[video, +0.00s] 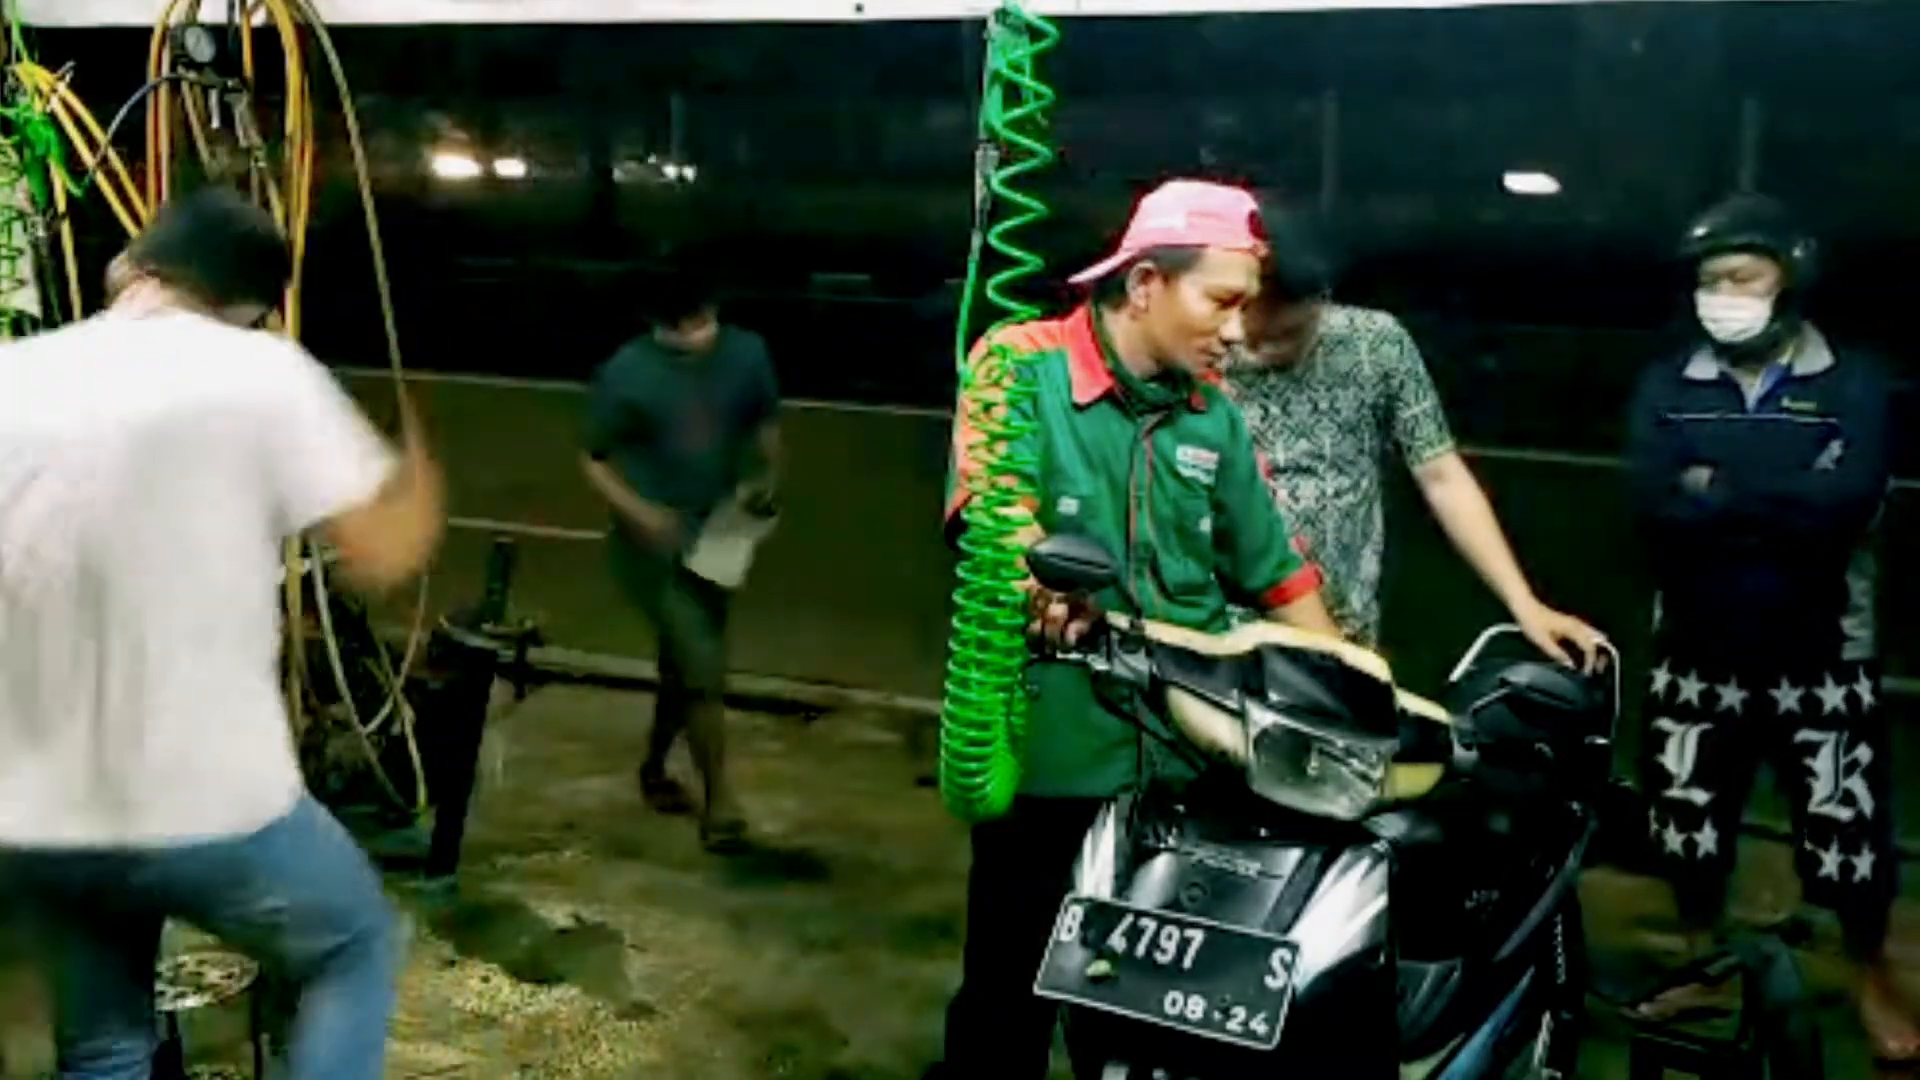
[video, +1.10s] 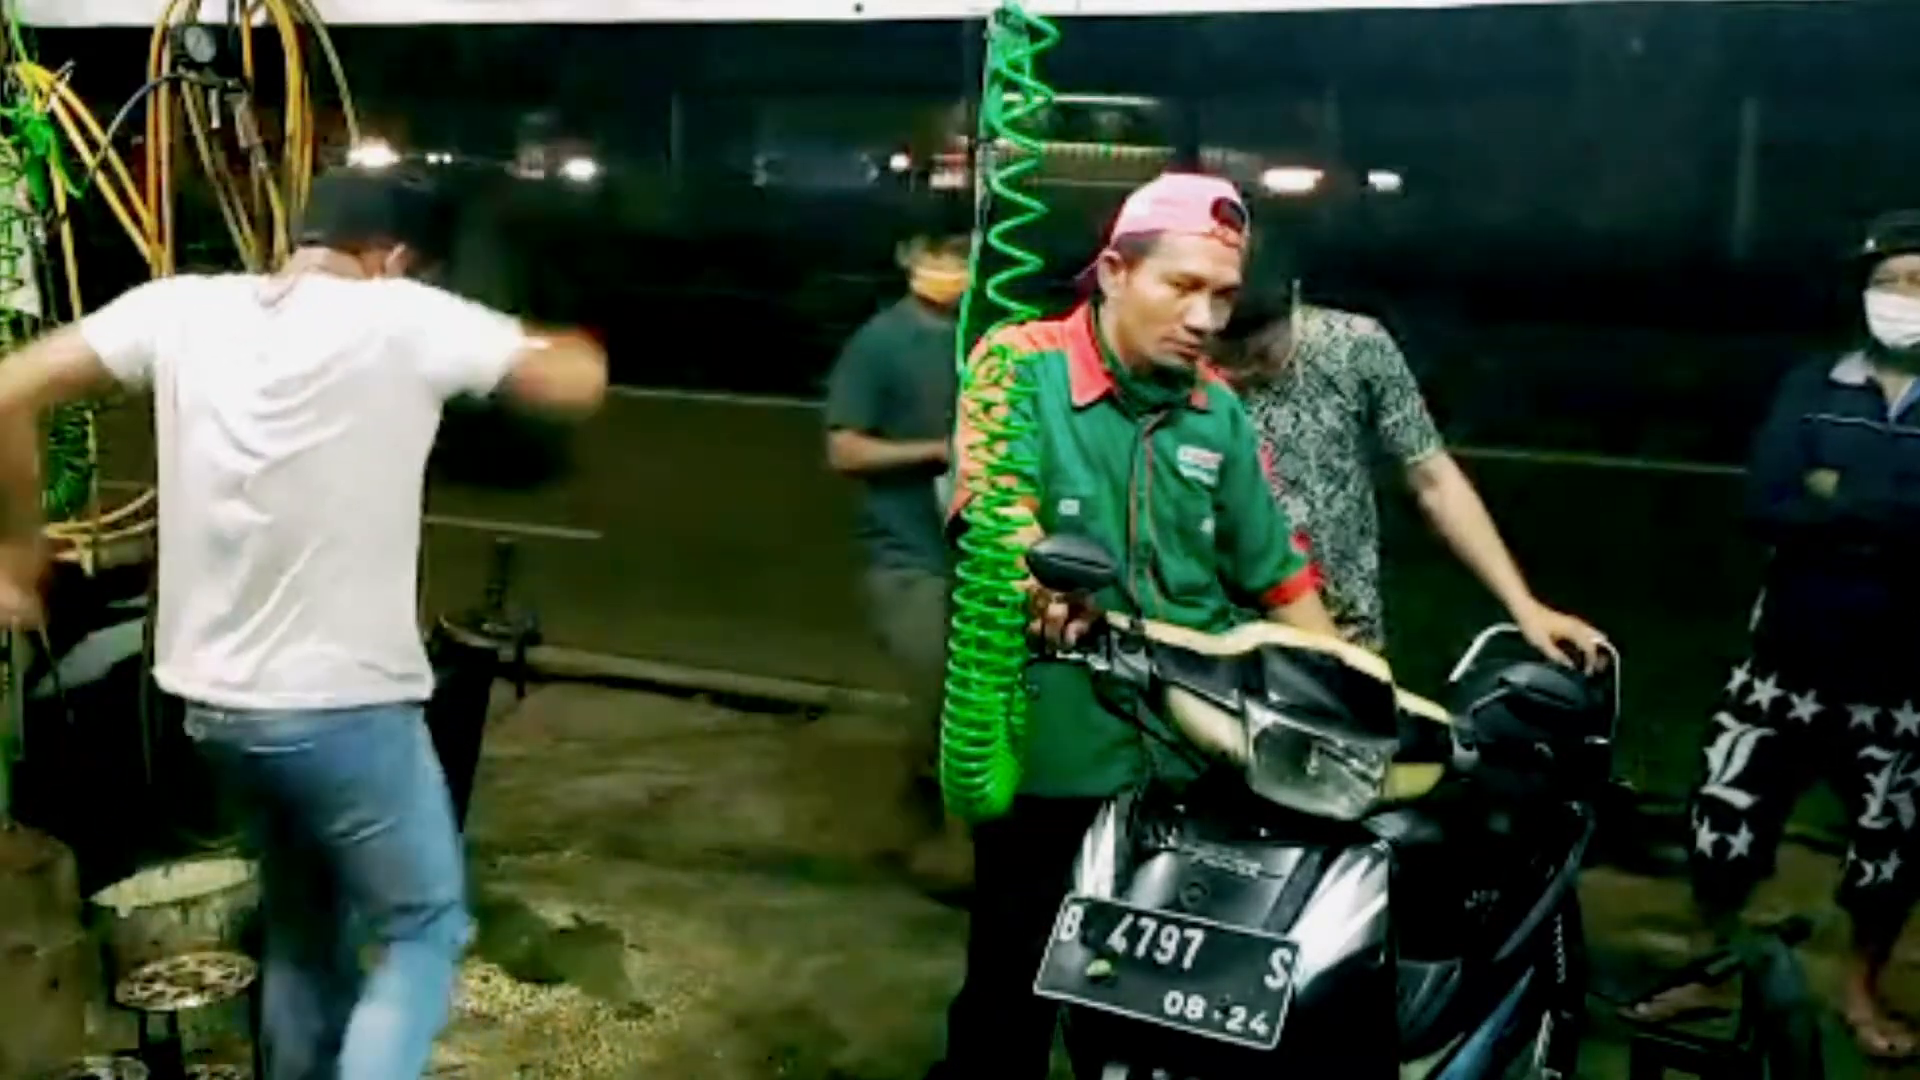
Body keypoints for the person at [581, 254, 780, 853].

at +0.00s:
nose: (693, 340)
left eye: (701, 326)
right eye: (679, 331)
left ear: (716, 315)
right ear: (657, 326)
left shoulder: (745, 357)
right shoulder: (629, 373)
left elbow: (766, 427)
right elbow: (591, 457)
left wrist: (767, 480)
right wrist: (639, 512)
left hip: (719, 531)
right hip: (651, 533)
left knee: (687, 659)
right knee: (698, 658)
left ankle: (655, 765)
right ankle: (719, 804)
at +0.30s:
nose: (739, 319)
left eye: (747, 303)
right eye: (725, 307)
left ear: (761, 297)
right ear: (701, 303)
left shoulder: (780, 341)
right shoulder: (669, 359)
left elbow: (799, 418)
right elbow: (635, 453)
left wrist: (791, 465)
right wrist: (725, 476)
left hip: (750, 525)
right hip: (678, 528)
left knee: (773, 655)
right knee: (714, 662)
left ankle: (706, 765)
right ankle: (715, 804)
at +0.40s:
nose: (768, 306)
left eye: (773, 292)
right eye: (754, 294)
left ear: (784, 289)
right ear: (720, 289)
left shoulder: (794, 340)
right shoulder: (687, 354)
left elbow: (808, 424)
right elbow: (654, 451)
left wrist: (804, 471)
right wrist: (750, 467)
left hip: (774, 541)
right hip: (705, 544)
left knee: (803, 671)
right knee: (719, 684)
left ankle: (789, 804)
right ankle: (719, 807)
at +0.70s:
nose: (843, 287)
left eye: (853, 276)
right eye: (830, 275)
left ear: (868, 283)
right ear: (803, 279)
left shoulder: (870, 344)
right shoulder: (769, 351)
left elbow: (864, 429)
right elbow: (733, 455)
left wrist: (879, 471)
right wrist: (836, 464)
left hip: (850, 553)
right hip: (772, 553)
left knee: (875, 686)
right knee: (753, 687)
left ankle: (888, 824)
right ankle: (722, 798)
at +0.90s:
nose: (900, 281)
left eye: (910, 268)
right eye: (886, 267)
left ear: (925, 273)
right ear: (857, 270)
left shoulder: (936, 342)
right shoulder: (825, 345)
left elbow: (961, 424)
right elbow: (789, 447)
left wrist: (953, 465)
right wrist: (896, 455)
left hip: (919, 560)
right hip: (840, 561)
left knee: (918, 705)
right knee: (837, 716)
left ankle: (897, 833)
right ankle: (761, 784)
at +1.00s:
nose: (923, 268)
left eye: (934, 255)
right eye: (910, 253)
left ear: (951, 264)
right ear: (882, 257)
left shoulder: (951, 340)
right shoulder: (850, 339)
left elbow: (969, 424)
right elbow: (819, 445)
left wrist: (977, 459)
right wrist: (928, 448)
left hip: (947, 548)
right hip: (873, 547)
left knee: (931, 704)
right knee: (887, 704)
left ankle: (902, 827)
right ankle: (815, 780)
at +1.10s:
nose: (956, 271)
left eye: (964, 258)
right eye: (943, 257)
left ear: (973, 266)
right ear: (911, 260)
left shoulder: (977, 338)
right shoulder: (881, 340)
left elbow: (998, 423)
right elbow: (845, 447)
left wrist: (991, 449)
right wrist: (945, 449)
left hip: (978, 551)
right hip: (905, 549)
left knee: (970, 692)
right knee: (935, 689)